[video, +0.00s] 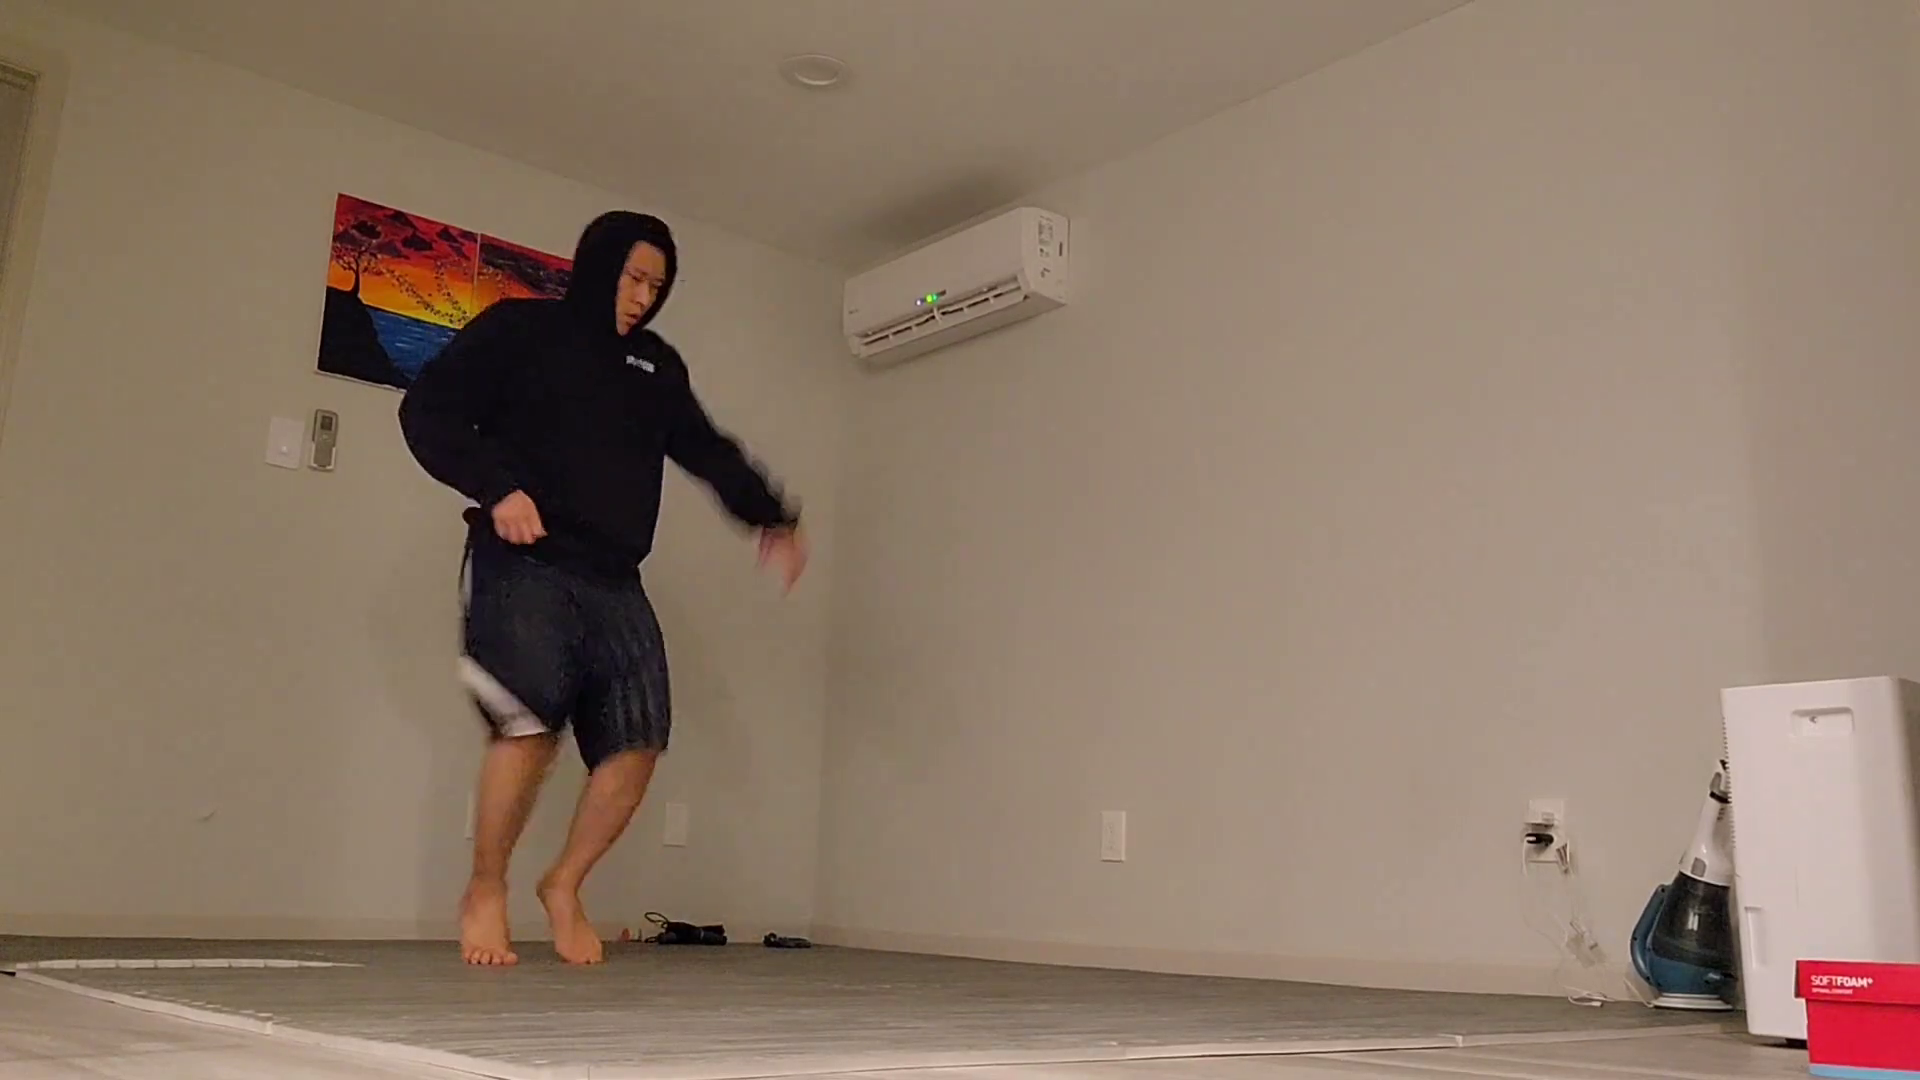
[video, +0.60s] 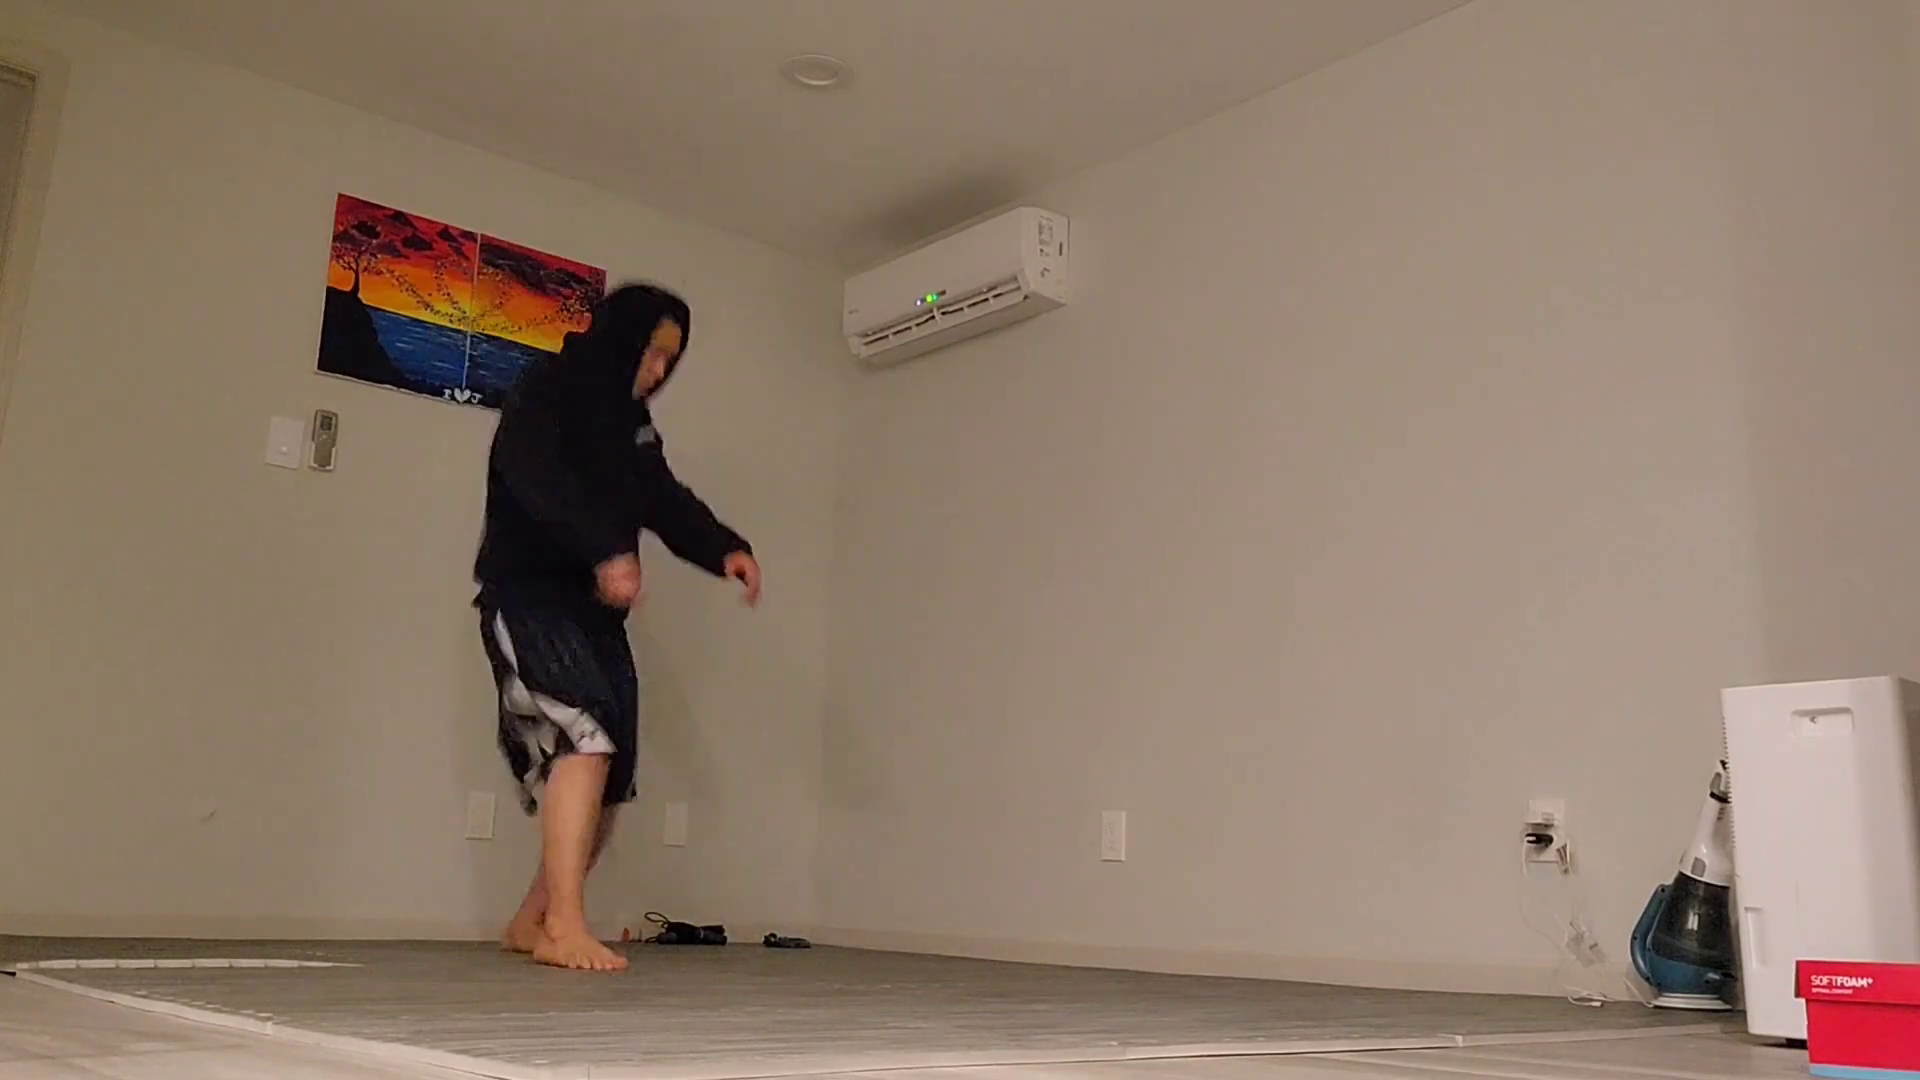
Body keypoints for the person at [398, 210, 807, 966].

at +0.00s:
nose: (643, 296)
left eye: (656, 286)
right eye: (634, 277)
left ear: (662, 292)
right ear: (594, 267)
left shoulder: (656, 367)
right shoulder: (517, 328)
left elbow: (704, 447)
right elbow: (426, 410)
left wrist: (768, 513)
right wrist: (497, 487)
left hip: (612, 577)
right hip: (521, 559)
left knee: (637, 740)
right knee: (528, 727)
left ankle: (563, 886)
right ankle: (486, 892)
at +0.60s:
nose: (660, 368)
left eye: (670, 358)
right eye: (656, 350)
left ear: (667, 361)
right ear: (619, 335)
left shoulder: (628, 415)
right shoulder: (552, 387)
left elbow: (659, 492)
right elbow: (534, 477)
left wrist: (721, 547)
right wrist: (606, 549)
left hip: (586, 601)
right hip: (525, 594)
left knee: (607, 766)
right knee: (584, 742)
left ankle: (533, 917)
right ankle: (564, 928)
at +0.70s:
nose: (661, 372)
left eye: (672, 363)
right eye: (658, 353)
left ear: (671, 366)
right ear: (622, 334)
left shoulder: (639, 422)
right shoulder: (548, 381)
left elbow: (661, 515)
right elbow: (524, 475)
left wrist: (723, 587)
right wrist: (646, 492)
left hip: (591, 595)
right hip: (520, 578)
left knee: (605, 759)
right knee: (577, 714)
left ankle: (537, 913)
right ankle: (566, 912)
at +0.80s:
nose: (655, 349)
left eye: (667, 339)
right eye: (649, 328)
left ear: (673, 343)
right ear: (617, 307)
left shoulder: (647, 399)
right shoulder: (543, 345)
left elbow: (656, 503)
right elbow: (526, 445)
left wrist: (680, 599)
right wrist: (655, 400)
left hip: (581, 567)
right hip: (508, 540)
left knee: (589, 734)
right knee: (557, 688)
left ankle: (535, 897)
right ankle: (549, 879)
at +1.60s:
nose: (626, 342)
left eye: (637, 331)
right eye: (616, 325)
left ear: (643, 335)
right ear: (578, 315)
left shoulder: (629, 398)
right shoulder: (517, 377)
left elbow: (649, 485)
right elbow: (537, 467)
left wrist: (684, 556)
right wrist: (647, 469)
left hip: (583, 608)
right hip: (504, 587)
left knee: (574, 794)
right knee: (539, 731)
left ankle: (478, 888)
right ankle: (517, 906)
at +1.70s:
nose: (606, 336)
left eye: (619, 323)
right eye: (593, 319)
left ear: (633, 327)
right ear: (559, 316)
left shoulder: (644, 410)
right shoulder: (502, 392)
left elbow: (658, 528)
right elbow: (502, 519)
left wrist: (664, 630)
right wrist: (603, 553)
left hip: (598, 609)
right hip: (514, 600)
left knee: (613, 776)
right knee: (526, 760)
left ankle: (503, 863)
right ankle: (507, 920)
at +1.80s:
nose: (597, 356)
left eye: (610, 340)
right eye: (582, 340)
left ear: (627, 342)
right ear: (554, 341)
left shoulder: (652, 421)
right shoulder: (506, 410)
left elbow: (667, 539)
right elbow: (472, 528)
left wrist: (676, 645)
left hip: (622, 621)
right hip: (522, 619)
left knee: (645, 756)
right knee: (515, 771)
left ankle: (570, 880)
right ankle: (506, 923)